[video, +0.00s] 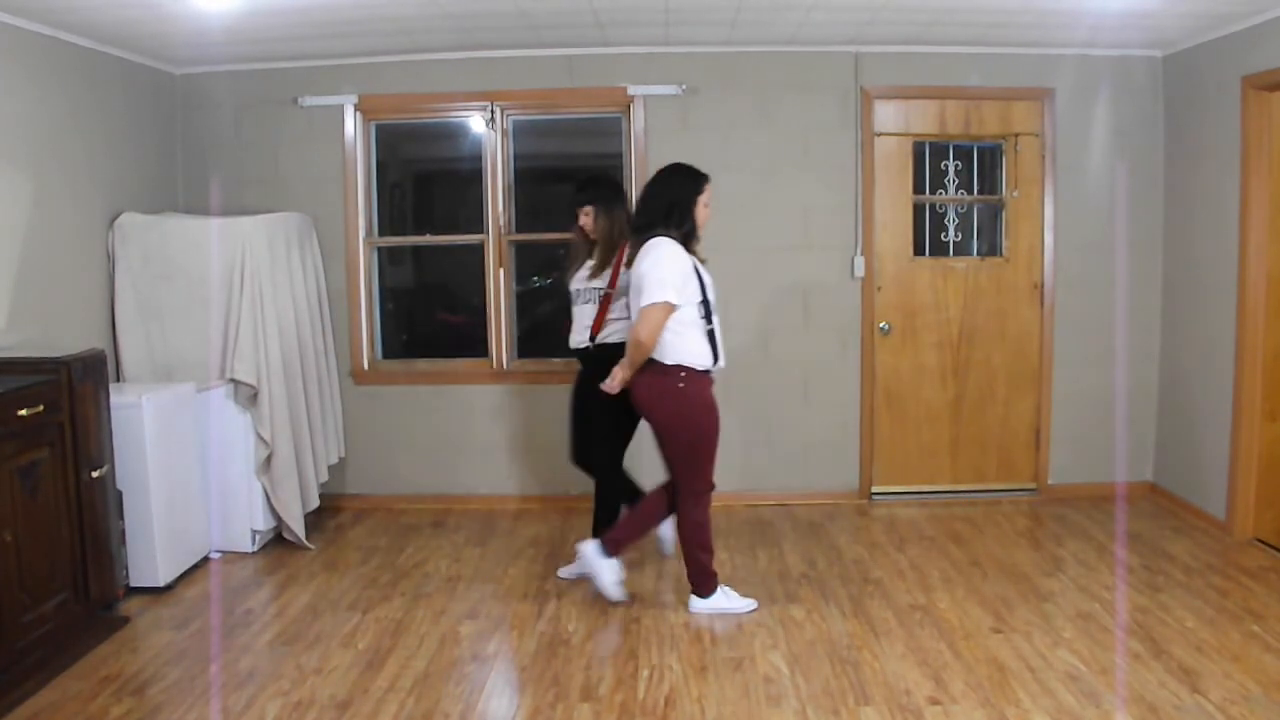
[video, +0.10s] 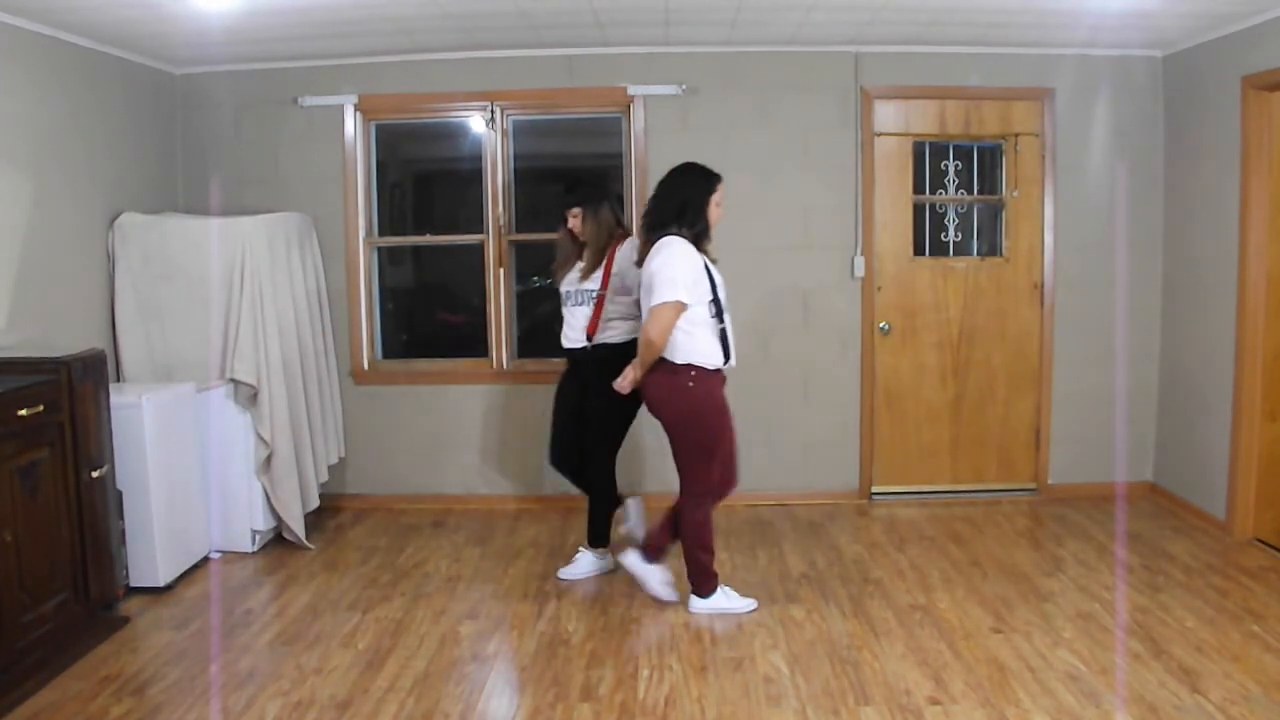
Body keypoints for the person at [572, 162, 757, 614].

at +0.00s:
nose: (709, 211)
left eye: (708, 202)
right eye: (705, 202)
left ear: (669, 202)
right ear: (684, 204)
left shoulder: (665, 251)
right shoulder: (666, 253)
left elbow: (647, 330)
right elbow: (645, 335)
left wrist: (627, 365)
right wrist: (626, 369)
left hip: (671, 381)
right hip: (678, 383)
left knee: (688, 483)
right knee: (695, 488)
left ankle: (606, 548)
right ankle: (705, 590)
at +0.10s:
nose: (722, 210)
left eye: (722, 201)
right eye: (718, 201)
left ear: (684, 202)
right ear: (697, 203)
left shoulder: (685, 251)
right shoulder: (675, 252)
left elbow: (660, 328)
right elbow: (656, 334)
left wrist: (639, 365)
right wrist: (639, 368)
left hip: (698, 377)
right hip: (683, 380)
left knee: (721, 479)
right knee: (700, 484)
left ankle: (647, 552)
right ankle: (705, 590)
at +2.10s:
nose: (747, 210)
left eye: (747, 201)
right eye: (742, 201)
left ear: (716, 203)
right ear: (717, 202)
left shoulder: (716, 252)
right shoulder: (699, 253)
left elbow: (688, 326)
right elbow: (681, 336)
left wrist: (664, 366)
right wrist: (663, 368)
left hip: (727, 381)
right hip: (708, 382)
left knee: (760, 470)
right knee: (707, 489)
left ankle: (712, 563)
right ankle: (704, 589)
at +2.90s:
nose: (769, 203)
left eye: (768, 195)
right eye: (763, 195)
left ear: (744, 201)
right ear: (738, 200)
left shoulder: (745, 252)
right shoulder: (716, 249)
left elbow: (721, 317)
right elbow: (669, 316)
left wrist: (688, 359)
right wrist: (679, 361)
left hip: (742, 383)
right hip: (719, 383)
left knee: (772, 473)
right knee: (716, 490)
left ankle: (715, 562)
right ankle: (705, 589)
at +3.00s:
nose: (773, 197)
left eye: (774, 191)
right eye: (763, 190)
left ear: (773, 202)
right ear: (738, 198)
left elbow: (746, 318)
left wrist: (755, 373)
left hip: (747, 384)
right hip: (722, 383)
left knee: (774, 475)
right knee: (721, 489)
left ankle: (715, 563)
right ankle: (705, 589)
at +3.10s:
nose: (776, 197)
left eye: (781, 192)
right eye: (765, 189)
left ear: (786, 206)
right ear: (743, 198)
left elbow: (777, 322)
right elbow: (669, 296)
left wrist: (794, 361)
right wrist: (694, 332)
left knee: (778, 477)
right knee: (734, 487)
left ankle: (716, 561)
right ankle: (706, 588)